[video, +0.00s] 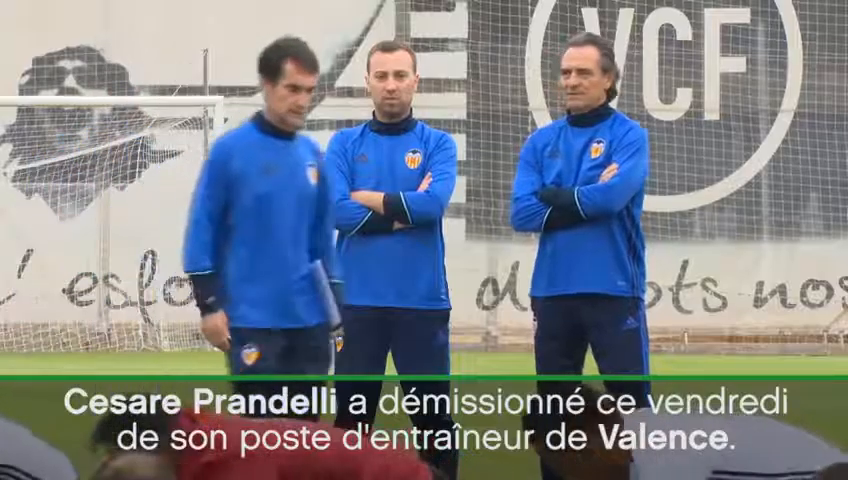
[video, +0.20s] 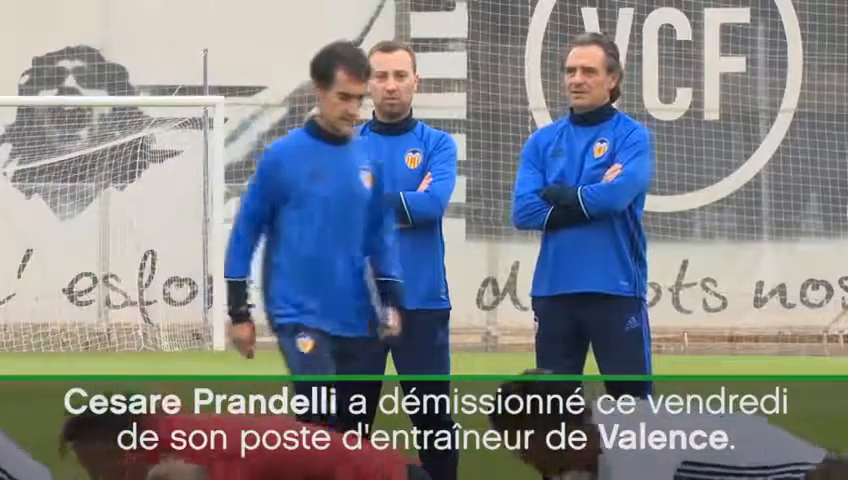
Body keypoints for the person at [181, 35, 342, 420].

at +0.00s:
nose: (302, 101)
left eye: (309, 91)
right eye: (293, 89)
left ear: (316, 92)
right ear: (266, 85)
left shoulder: (312, 154)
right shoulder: (230, 150)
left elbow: (322, 241)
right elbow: (200, 232)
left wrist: (335, 313)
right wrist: (209, 305)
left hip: (310, 317)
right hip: (251, 318)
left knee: (307, 433)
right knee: (258, 434)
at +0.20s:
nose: (353, 109)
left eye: (360, 99)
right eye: (344, 97)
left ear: (366, 95)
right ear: (317, 91)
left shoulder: (367, 160)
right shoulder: (281, 157)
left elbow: (378, 236)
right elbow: (244, 232)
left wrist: (393, 300)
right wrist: (238, 310)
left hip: (356, 315)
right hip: (299, 313)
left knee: (355, 429)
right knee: (321, 414)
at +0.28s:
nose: (372, 115)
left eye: (379, 105)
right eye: (363, 104)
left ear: (386, 101)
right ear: (336, 97)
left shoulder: (387, 163)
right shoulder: (302, 163)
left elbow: (399, 239)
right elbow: (266, 238)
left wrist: (412, 304)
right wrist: (255, 316)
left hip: (373, 321)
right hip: (321, 320)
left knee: (358, 439)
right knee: (333, 439)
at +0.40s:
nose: (401, 112)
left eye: (408, 101)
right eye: (391, 100)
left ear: (416, 95)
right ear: (364, 93)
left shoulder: (415, 158)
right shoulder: (330, 160)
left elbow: (428, 237)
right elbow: (299, 241)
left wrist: (439, 303)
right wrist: (291, 320)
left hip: (412, 318)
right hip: (352, 319)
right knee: (365, 442)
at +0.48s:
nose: (419, 108)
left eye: (425, 97)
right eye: (409, 96)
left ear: (433, 92)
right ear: (378, 88)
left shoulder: (439, 147)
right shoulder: (347, 148)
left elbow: (445, 224)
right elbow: (321, 232)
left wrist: (453, 294)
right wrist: (321, 316)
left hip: (427, 320)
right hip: (366, 323)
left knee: (437, 443)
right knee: (365, 446)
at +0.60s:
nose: (447, 102)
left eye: (454, 91)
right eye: (438, 90)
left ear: (459, 88)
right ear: (408, 83)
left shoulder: (459, 143)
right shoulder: (372, 147)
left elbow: (472, 226)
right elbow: (351, 232)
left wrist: (481, 294)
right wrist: (371, 300)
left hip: (458, 317)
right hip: (396, 323)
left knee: (457, 440)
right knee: (391, 441)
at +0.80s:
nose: (496, 111)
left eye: (503, 100)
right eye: (486, 99)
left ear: (510, 95)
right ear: (459, 91)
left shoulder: (513, 155)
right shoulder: (422, 155)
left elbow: (523, 236)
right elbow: (400, 236)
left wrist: (536, 305)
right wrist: (434, 286)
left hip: (505, 327)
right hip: (438, 329)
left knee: (517, 443)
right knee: (436, 444)